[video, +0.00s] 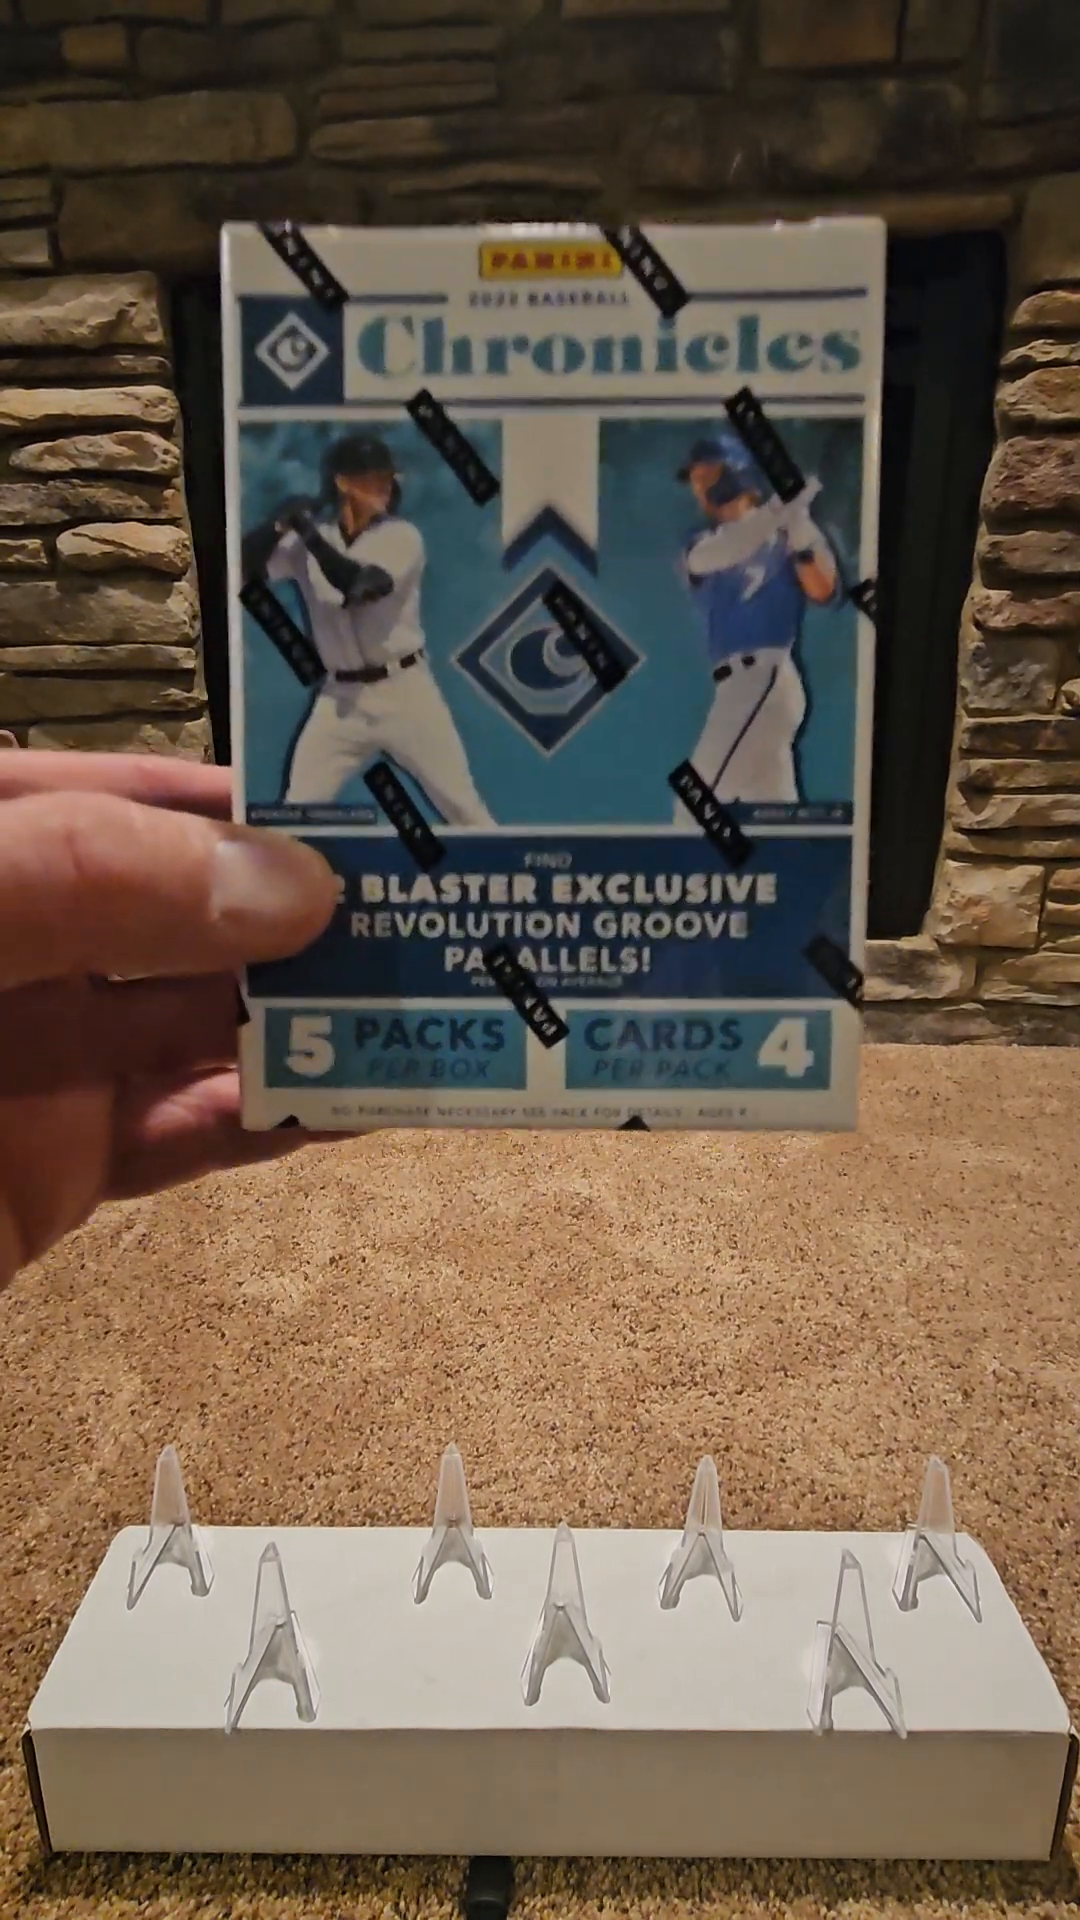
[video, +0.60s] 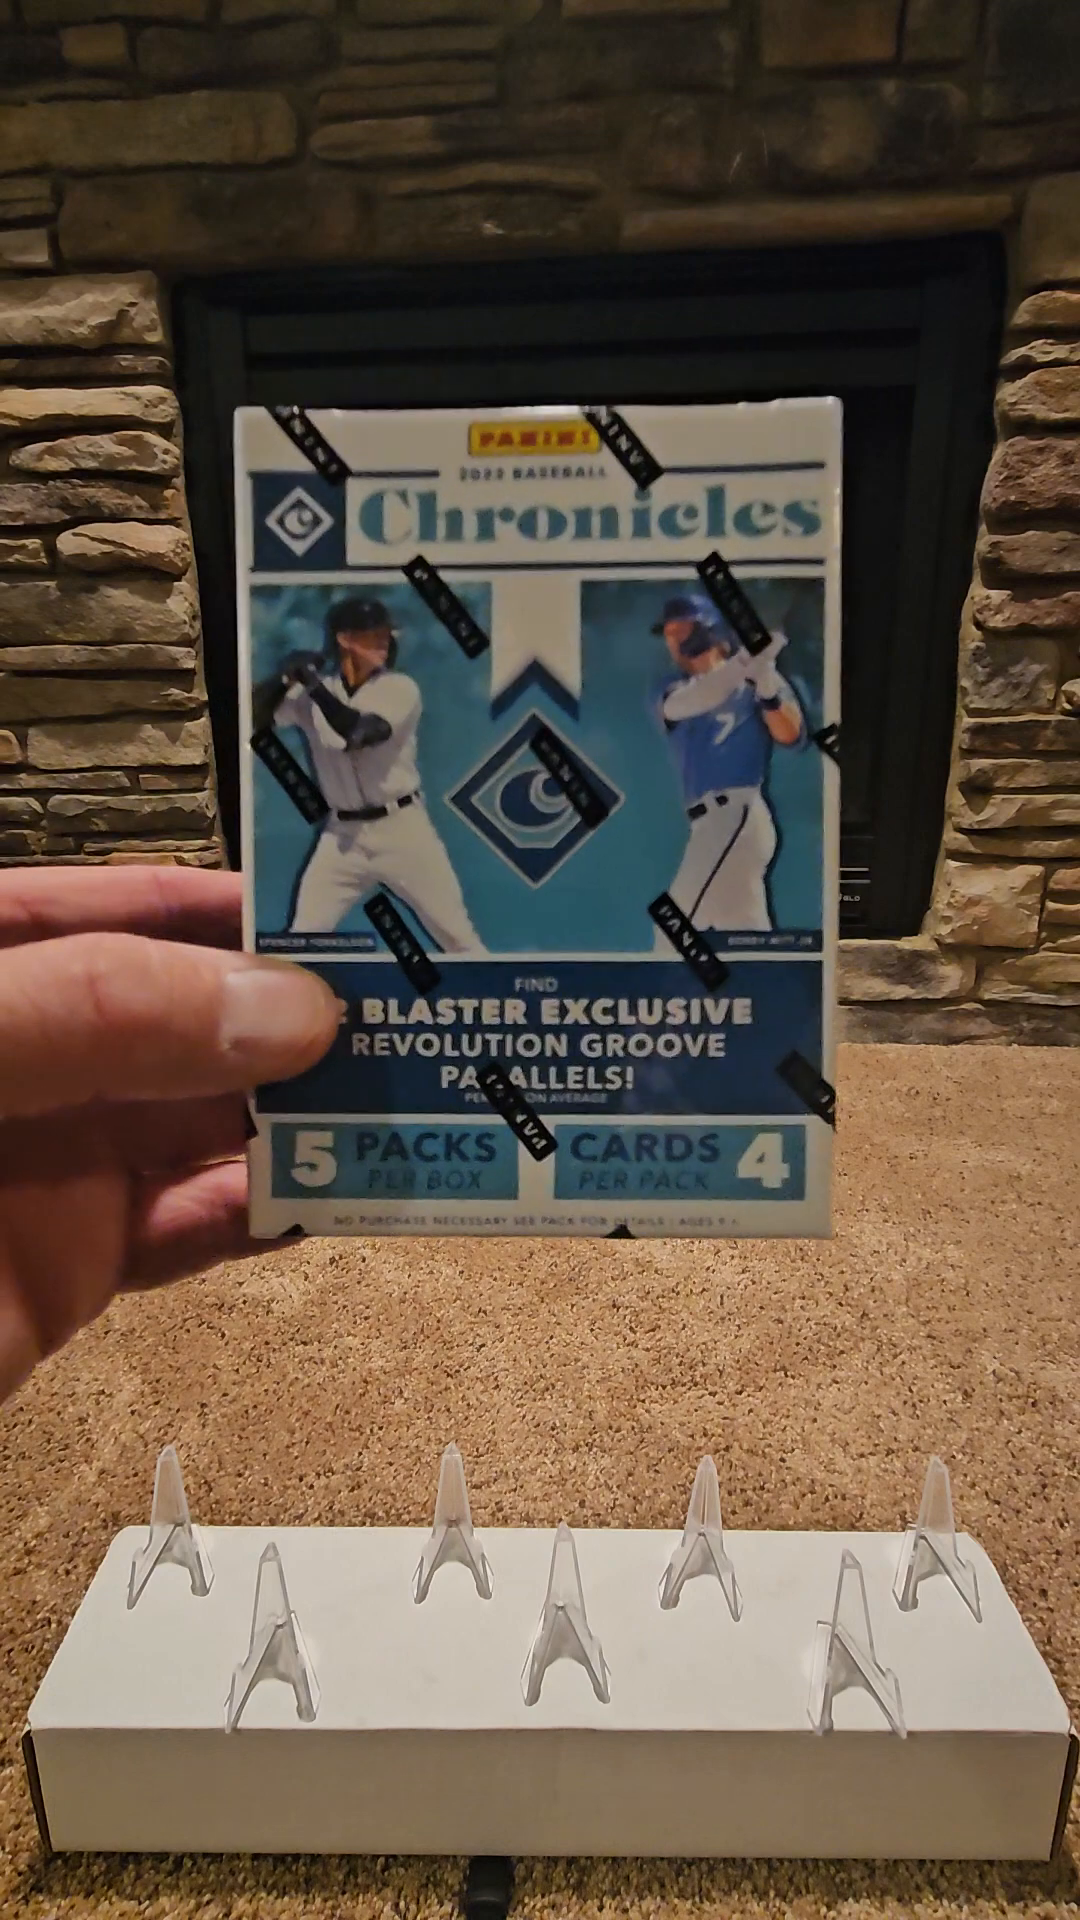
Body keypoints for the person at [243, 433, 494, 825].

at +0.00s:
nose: (384, 483)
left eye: (387, 475)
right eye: (371, 474)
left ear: (393, 482)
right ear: (343, 483)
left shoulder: (401, 536)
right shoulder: (306, 543)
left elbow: (359, 588)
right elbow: (244, 569)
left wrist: (306, 532)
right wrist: (277, 525)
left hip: (407, 692)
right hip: (340, 699)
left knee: (462, 806)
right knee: (299, 815)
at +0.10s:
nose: (374, 549)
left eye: (379, 541)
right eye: (362, 540)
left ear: (387, 549)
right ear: (337, 547)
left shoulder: (396, 599)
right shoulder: (304, 604)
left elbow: (355, 646)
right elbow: (245, 631)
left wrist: (306, 595)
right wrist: (274, 589)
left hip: (399, 747)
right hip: (334, 753)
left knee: (454, 861)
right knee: (294, 864)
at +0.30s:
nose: (371, 597)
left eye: (372, 589)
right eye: (360, 589)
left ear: (376, 595)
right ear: (330, 596)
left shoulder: (383, 646)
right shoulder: (294, 652)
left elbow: (342, 691)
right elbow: (238, 673)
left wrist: (296, 640)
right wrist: (266, 634)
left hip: (386, 791)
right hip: (323, 796)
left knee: (439, 899)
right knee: (282, 903)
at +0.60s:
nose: (383, 640)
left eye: (385, 632)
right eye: (372, 633)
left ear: (391, 637)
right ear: (344, 640)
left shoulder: (400, 688)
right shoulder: (309, 697)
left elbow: (359, 733)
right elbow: (251, 718)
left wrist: (312, 685)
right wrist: (284, 679)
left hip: (404, 831)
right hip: (342, 837)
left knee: (458, 937)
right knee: (303, 943)